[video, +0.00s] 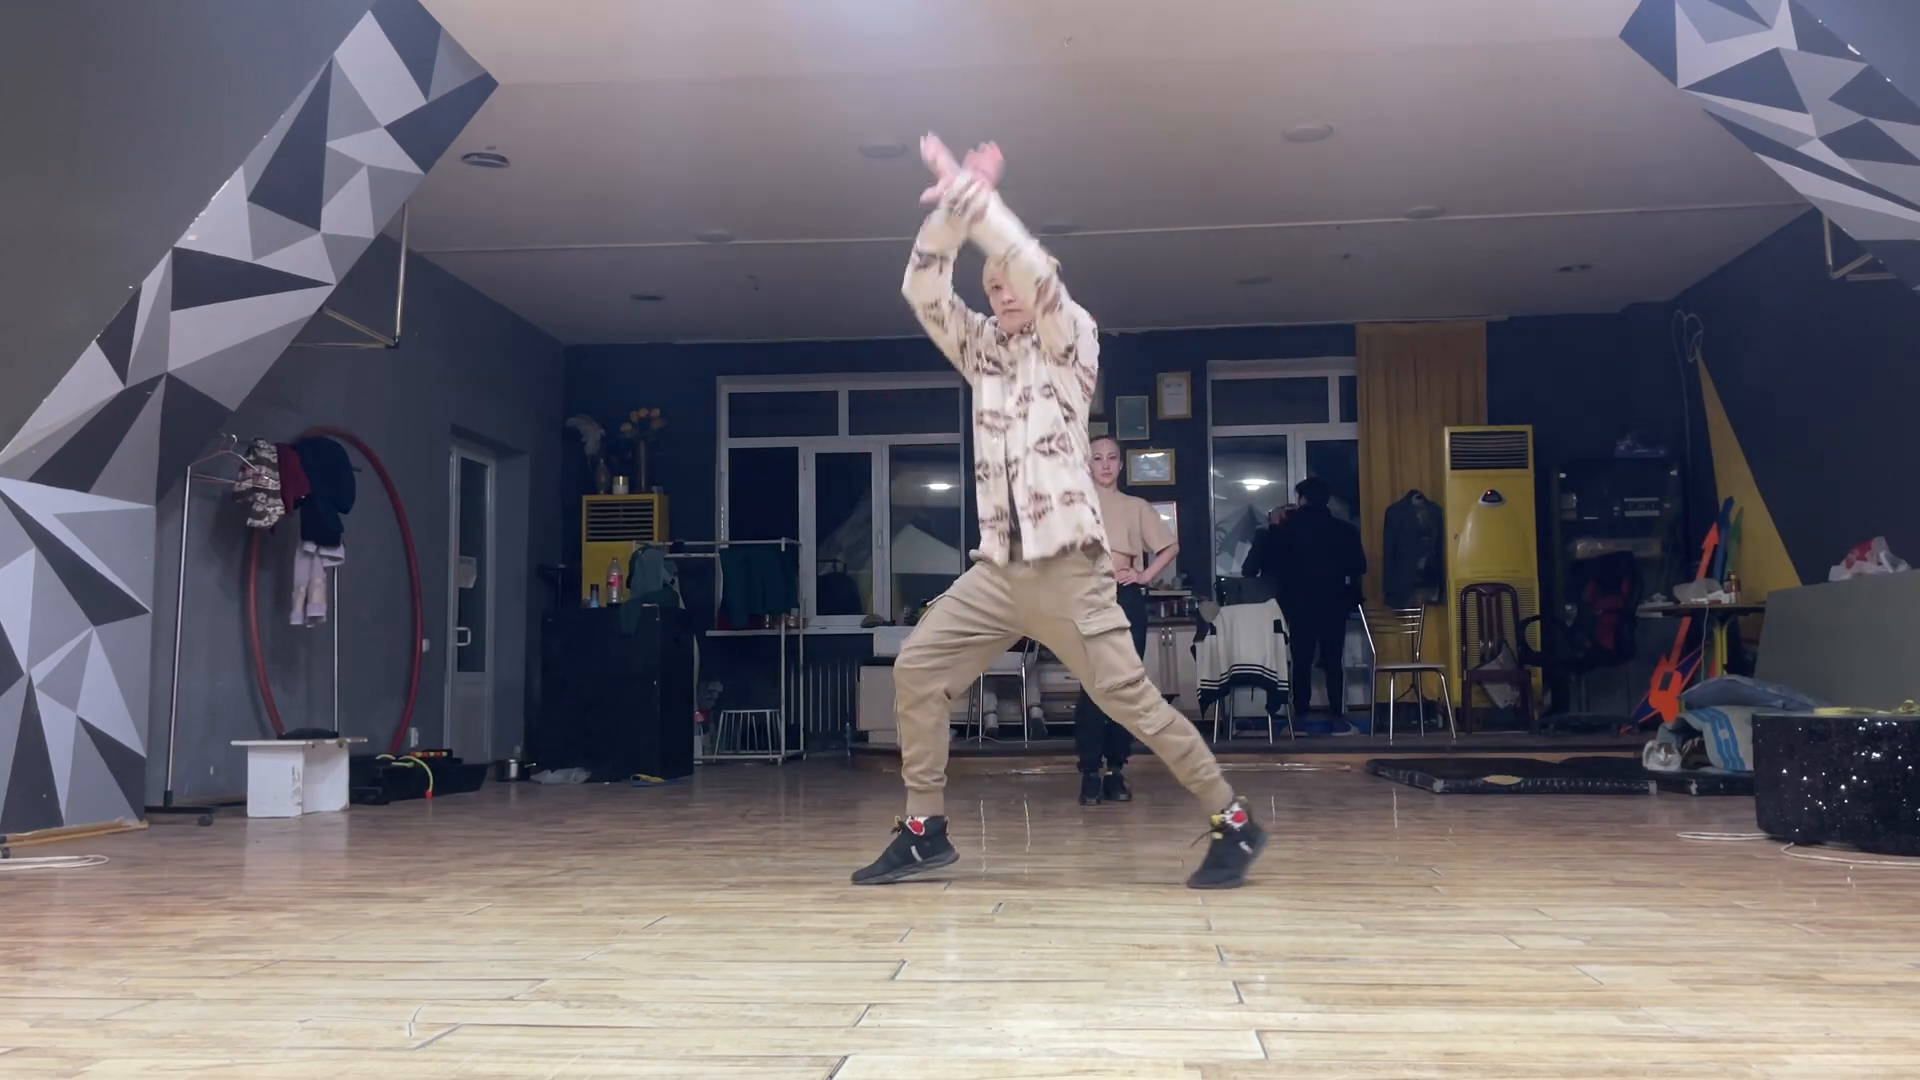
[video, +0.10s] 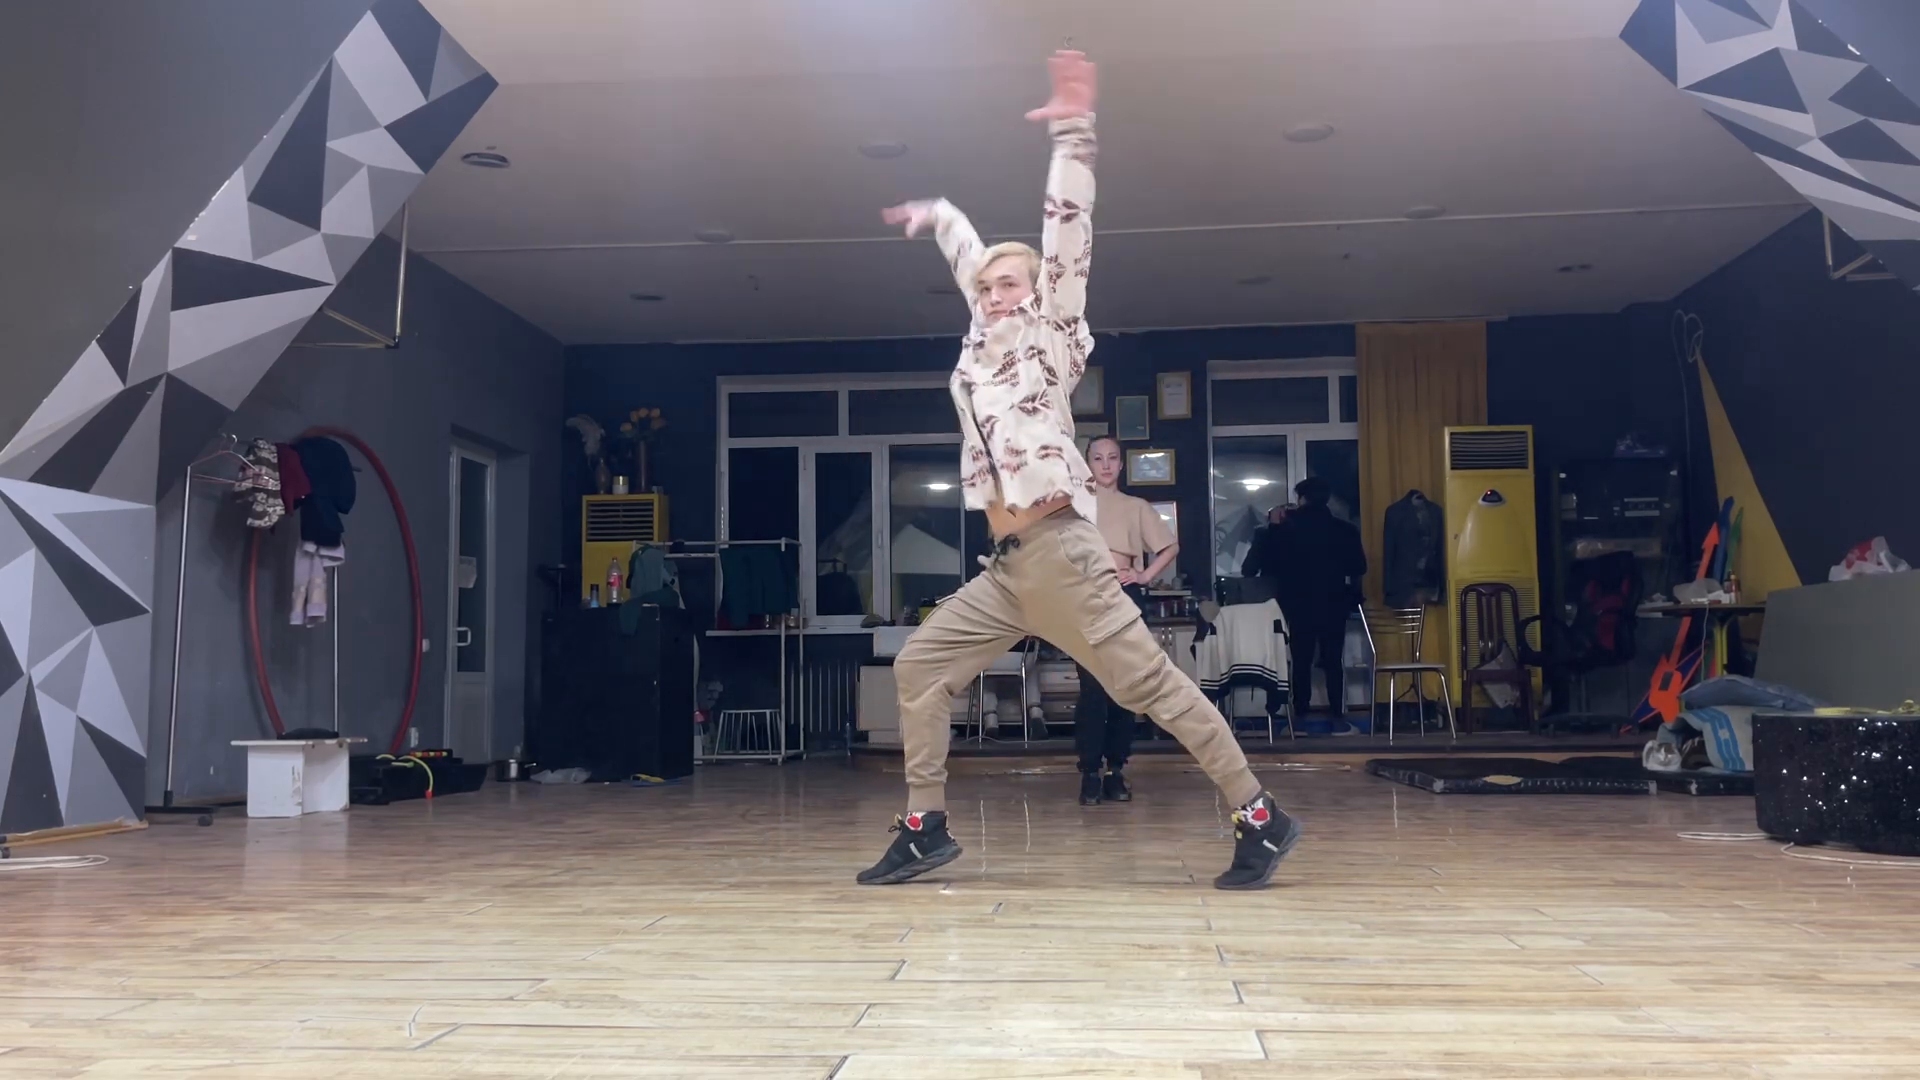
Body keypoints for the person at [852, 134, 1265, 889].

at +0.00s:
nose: (999, 294)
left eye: (1010, 281)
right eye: (991, 286)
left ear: (1041, 285)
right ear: (984, 294)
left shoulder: (1070, 344)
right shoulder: (982, 347)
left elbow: (1035, 271)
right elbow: (925, 292)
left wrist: (979, 202)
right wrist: (947, 212)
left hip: (1069, 566)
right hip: (998, 568)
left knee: (1132, 702)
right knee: (917, 668)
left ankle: (1232, 823)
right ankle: (924, 830)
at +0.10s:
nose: (1003, 294)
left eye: (1015, 282)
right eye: (991, 286)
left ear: (1039, 286)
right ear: (977, 295)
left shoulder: (1053, 335)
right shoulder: (985, 337)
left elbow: (1067, 233)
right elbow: (972, 268)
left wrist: (1075, 133)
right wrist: (939, 215)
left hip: (1064, 550)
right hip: (1007, 562)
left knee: (1147, 682)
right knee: (921, 666)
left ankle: (1258, 815)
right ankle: (924, 826)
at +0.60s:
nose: (1077, 301)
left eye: (1074, 290)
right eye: (1069, 289)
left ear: (1040, 295)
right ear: (1041, 292)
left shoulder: (1053, 367)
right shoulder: (1000, 357)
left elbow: (1057, 478)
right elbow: (985, 450)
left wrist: (1108, 531)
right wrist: (1056, 505)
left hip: (1052, 550)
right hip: (1005, 544)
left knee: (1088, 705)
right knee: (999, 697)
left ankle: (989, 834)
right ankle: (889, 799)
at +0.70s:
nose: (1012, 294)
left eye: (1008, 286)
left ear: (1008, 289)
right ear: (1071, 280)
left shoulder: (971, 347)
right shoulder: (1108, 326)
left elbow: (947, 436)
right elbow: (1126, 429)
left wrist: (993, 490)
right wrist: (1101, 488)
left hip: (984, 521)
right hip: (1050, 514)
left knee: (1010, 675)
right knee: (1088, 667)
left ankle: (984, 832)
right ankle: (943, 696)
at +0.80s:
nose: (982, 300)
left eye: (982, 290)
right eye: (980, 292)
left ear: (1002, 277)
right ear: (1049, 277)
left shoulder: (996, 299)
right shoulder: (1136, 336)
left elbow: (929, 332)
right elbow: (1154, 433)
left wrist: (885, 382)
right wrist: (1160, 514)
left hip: (1028, 484)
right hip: (1116, 495)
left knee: (995, 656)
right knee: (1095, 613)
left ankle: (1005, 795)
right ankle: (1086, 677)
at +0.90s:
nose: (967, 354)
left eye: (962, 339)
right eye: (960, 350)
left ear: (977, 309)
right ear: (983, 323)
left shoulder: (1021, 305)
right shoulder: (1075, 358)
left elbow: (969, 243)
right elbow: (1150, 442)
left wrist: (880, 218)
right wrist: (1166, 536)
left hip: (1092, 495)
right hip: (1148, 504)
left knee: (981, 628)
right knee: (1100, 634)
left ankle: (1059, 775)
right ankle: (1170, 758)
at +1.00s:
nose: (957, 430)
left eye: (951, 415)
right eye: (947, 425)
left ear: (968, 379)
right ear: (965, 400)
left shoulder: (1022, 348)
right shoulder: (1019, 437)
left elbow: (1021, 252)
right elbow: (1070, 501)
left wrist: (1027, 156)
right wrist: (1049, 547)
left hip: (1132, 529)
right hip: (1125, 542)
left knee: (1051, 674)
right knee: (1104, 675)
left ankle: (1145, 839)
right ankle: (1139, 824)